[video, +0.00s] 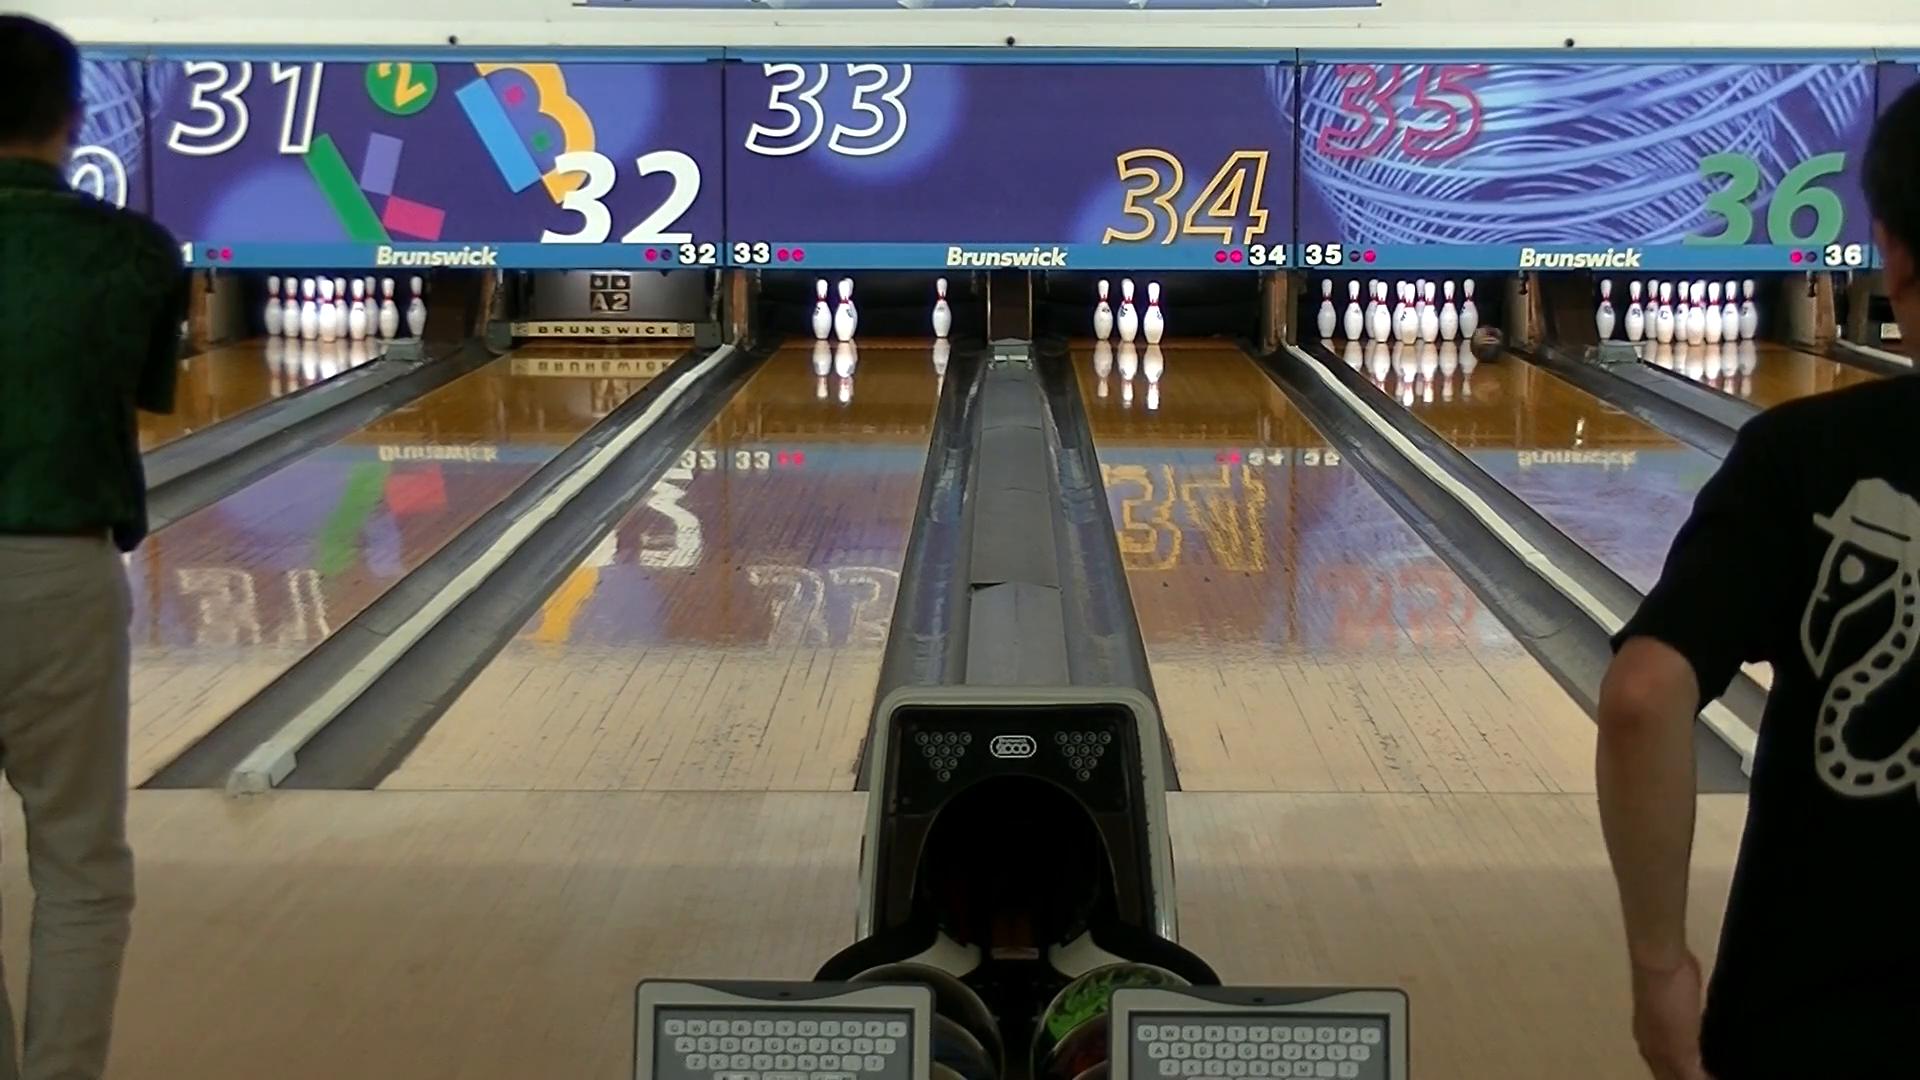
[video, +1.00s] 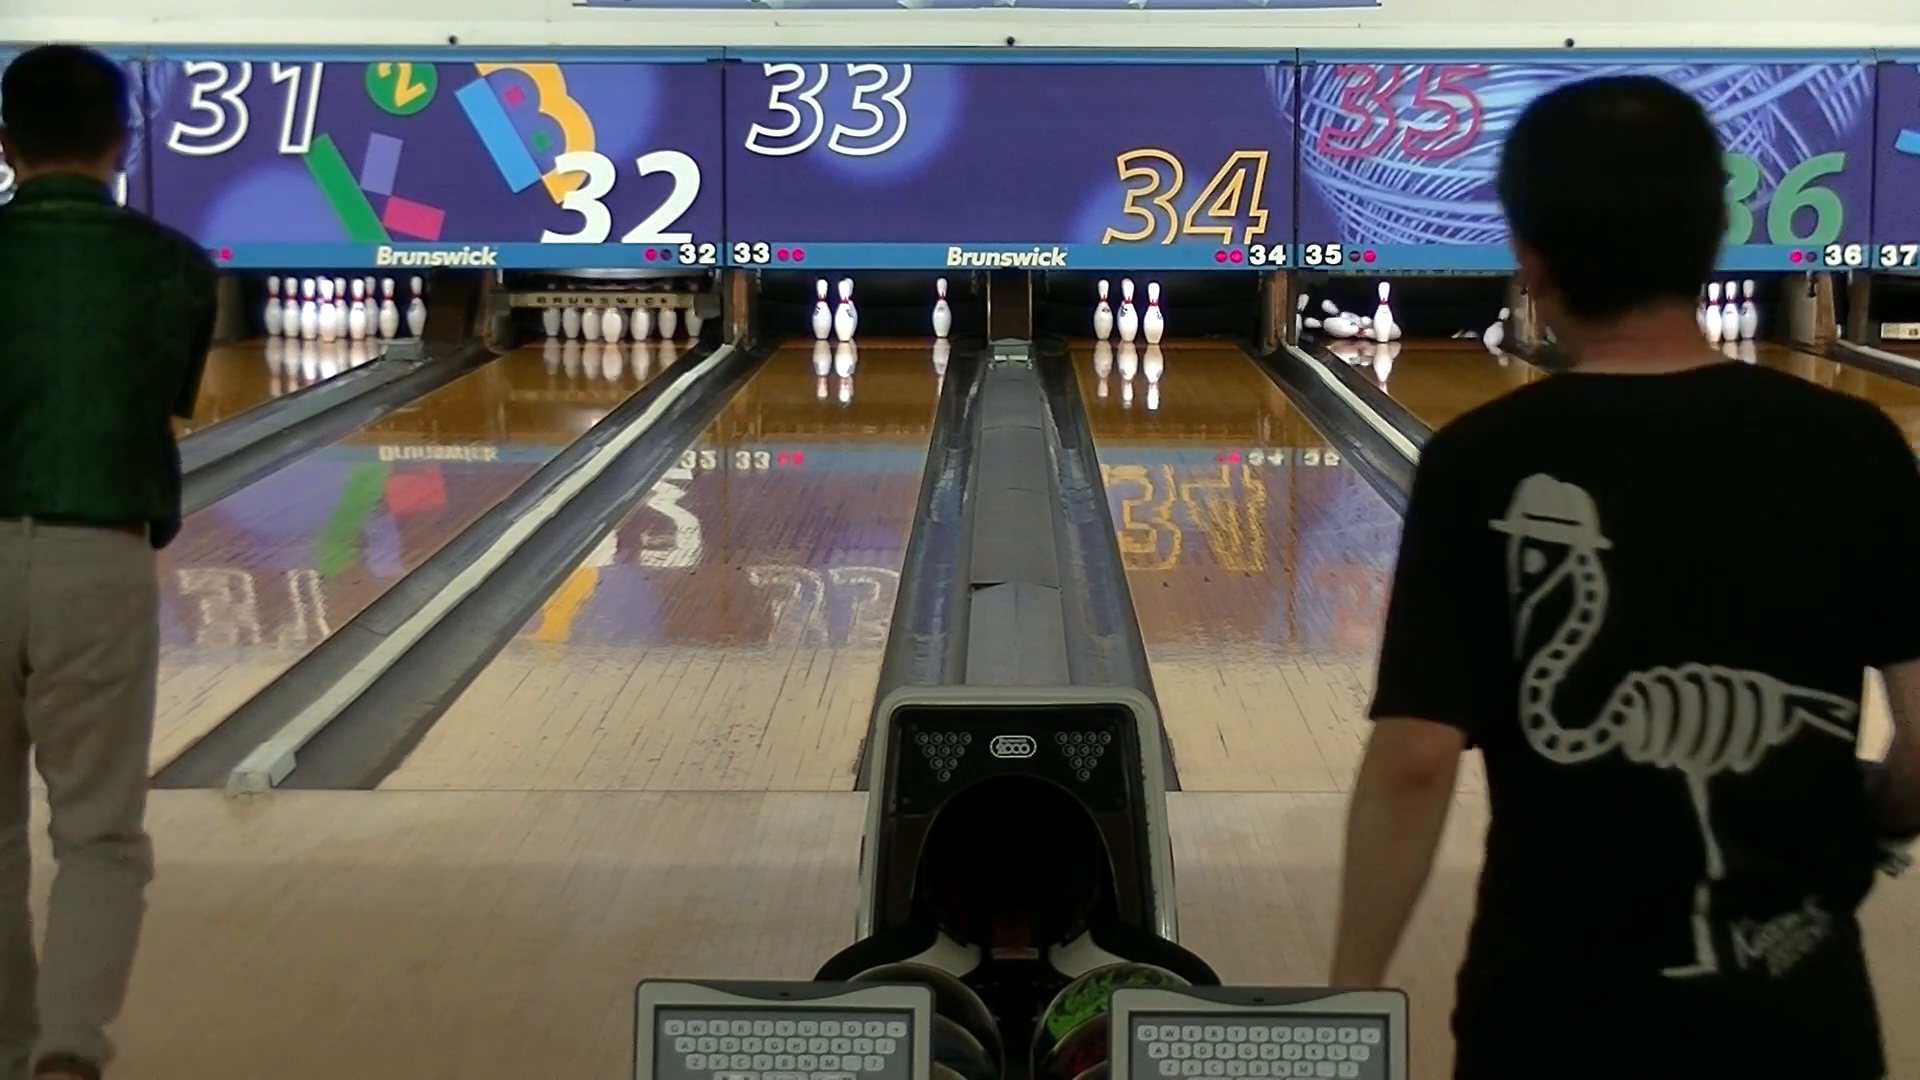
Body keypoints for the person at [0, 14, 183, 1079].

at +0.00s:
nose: (59, 121)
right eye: (64, 103)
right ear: (66, 117)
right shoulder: (124, 247)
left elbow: (154, 390)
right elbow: (155, 390)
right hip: (52, 575)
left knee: (68, 864)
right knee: (79, 870)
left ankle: (38, 1061)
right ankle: (59, 1070)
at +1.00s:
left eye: (19, 133)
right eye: (110, 132)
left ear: (8, 144)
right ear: (118, 143)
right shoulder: (173, 262)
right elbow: (177, 401)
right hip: (98, 570)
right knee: (98, 830)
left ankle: (15, 1049)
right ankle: (67, 1049)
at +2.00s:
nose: (241, 226)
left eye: (236, 213)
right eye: (242, 212)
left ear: (141, 202)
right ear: (230, 210)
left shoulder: (65, 269)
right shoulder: (236, 284)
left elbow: (21, 367)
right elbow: (225, 346)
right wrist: (205, 381)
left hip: (11, 504)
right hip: (117, 504)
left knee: (57, 767)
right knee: (167, 743)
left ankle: (72, 986)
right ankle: (125, 898)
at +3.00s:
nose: (380, 259)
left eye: (292, 244)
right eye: (380, 250)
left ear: (298, 249)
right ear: (375, 258)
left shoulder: (259, 293)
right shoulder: (399, 347)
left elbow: (199, 355)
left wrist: (123, 416)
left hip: (187, 504)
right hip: (283, 527)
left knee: (278, 645)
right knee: (254, 699)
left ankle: (302, 795)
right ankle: (182, 790)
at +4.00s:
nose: (427, 109)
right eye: (428, 98)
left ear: (348, 107)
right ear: (430, 105)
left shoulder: (310, 188)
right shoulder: (472, 200)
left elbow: (256, 311)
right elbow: (499, 332)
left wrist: (246, 397)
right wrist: (516, 432)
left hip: (318, 421)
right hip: (419, 425)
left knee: (316, 625)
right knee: (444, 629)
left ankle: (314, 803)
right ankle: (440, 815)